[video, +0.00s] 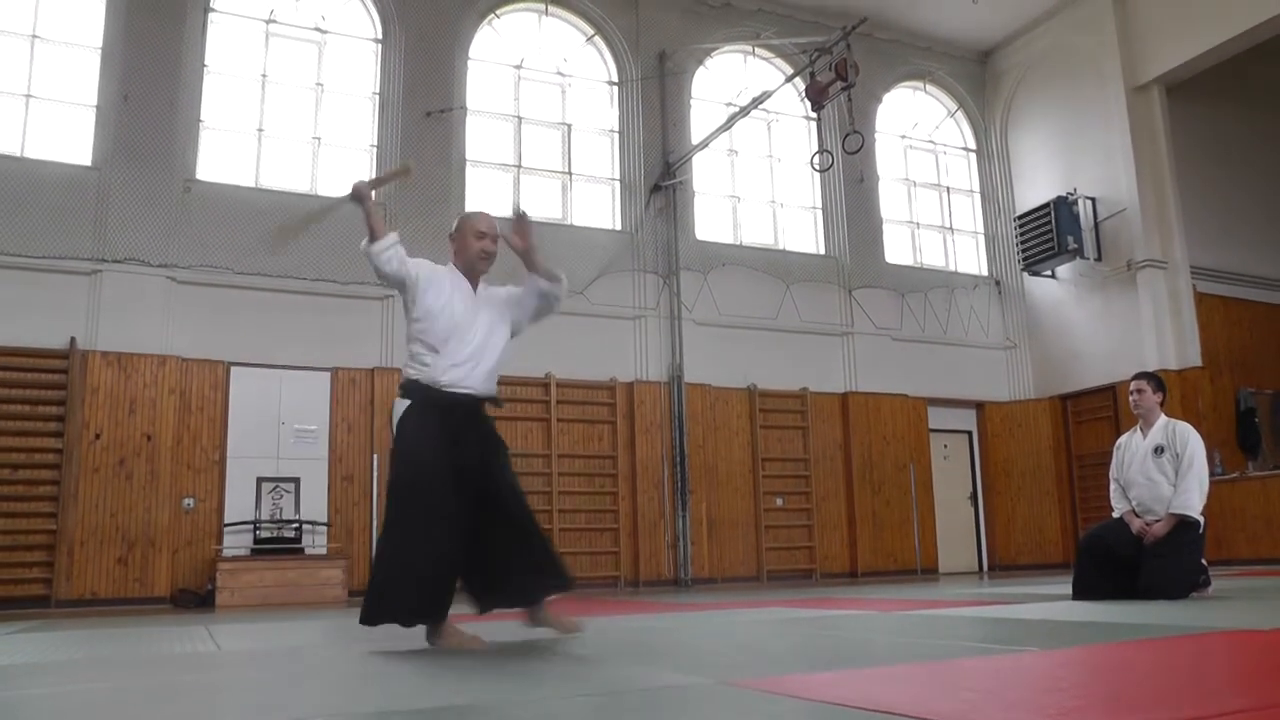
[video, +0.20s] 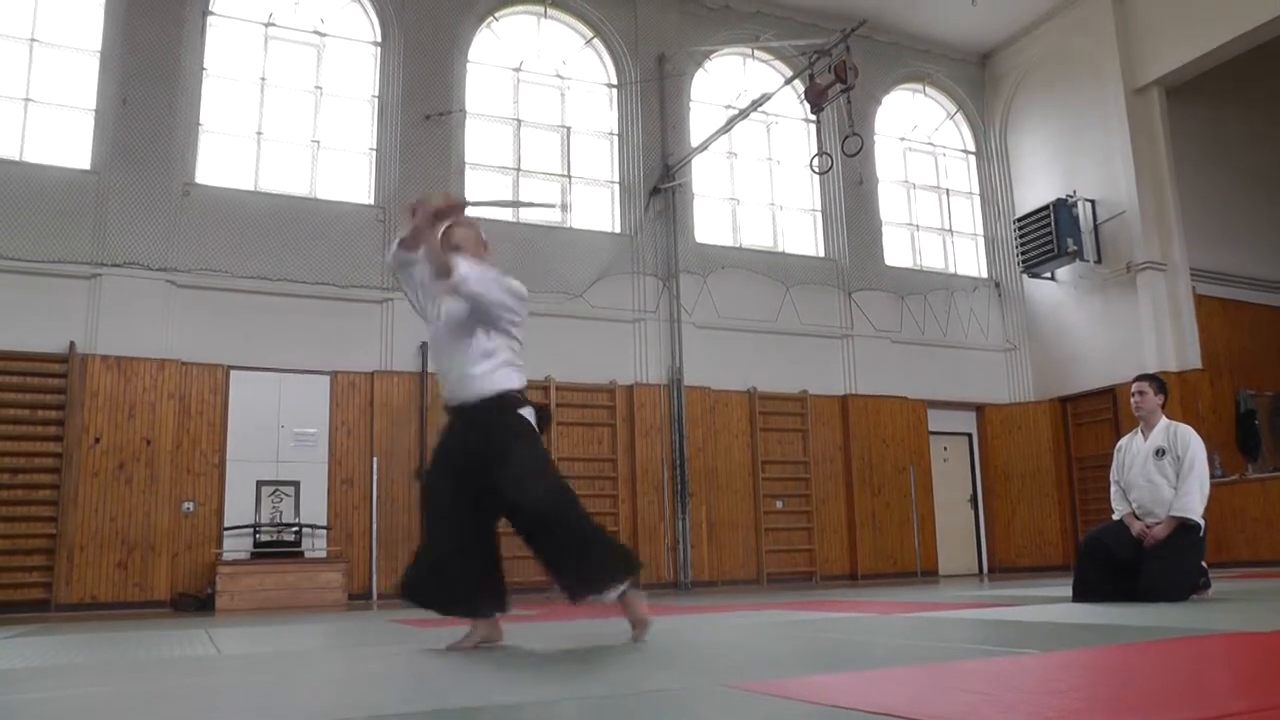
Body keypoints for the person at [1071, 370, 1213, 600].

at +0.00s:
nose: (1133, 398)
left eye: (1140, 392)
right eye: (1131, 394)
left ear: (1158, 396)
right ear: (1128, 400)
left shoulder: (1182, 433)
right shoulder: (1123, 443)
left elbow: (1193, 484)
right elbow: (1115, 488)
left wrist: (1166, 524)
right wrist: (1132, 520)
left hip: (1178, 525)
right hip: (1134, 525)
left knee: (1157, 589)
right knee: (1093, 544)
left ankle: (1198, 573)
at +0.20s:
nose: (1135, 400)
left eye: (1141, 394)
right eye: (1132, 395)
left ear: (1160, 399)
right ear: (1129, 401)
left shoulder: (1183, 435)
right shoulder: (1123, 446)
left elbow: (1194, 486)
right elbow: (1116, 490)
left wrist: (1166, 526)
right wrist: (1132, 522)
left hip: (1178, 528)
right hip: (1134, 527)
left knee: (1158, 592)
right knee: (1093, 547)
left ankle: (1198, 575)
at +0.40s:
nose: (1136, 402)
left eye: (1143, 396)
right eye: (1134, 398)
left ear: (1161, 402)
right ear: (1131, 404)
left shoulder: (1184, 438)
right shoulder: (1124, 447)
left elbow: (1194, 489)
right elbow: (1116, 492)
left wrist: (1166, 529)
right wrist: (1132, 525)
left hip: (1178, 530)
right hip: (1134, 530)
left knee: (1158, 594)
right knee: (1093, 550)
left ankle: (1198, 577)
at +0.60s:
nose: (1137, 404)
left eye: (1143, 399)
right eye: (1134, 400)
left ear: (1161, 404)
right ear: (1131, 406)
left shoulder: (1184, 440)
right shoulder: (1123, 449)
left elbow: (1195, 492)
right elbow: (1116, 494)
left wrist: (1166, 531)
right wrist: (1132, 527)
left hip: (1178, 533)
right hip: (1134, 532)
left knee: (1157, 597)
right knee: (1093, 552)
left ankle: (1198, 580)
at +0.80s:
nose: (1136, 407)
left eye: (1143, 401)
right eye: (1134, 402)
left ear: (1161, 406)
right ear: (1130, 408)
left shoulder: (1184, 442)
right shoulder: (1123, 452)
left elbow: (1195, 494)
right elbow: (1116, 497)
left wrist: (1167, 534)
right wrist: (1132, 529)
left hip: (1179, 535)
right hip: (1134, 535)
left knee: (1158, 599)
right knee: (1094, 555)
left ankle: (1198, 582)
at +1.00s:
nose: (1137, 411)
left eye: (1144, 405)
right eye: (1134, 407)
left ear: (1162, 410)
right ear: (1131, 412)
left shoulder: (1184, 446)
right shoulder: (1124, 455)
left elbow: (1195, 497)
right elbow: (1116, 500)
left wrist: (1167, 537)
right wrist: (1133, 533)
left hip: (1179, 539)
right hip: (1135, 538)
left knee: (1158, 603)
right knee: (1094, 559)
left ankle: (1198, 586)